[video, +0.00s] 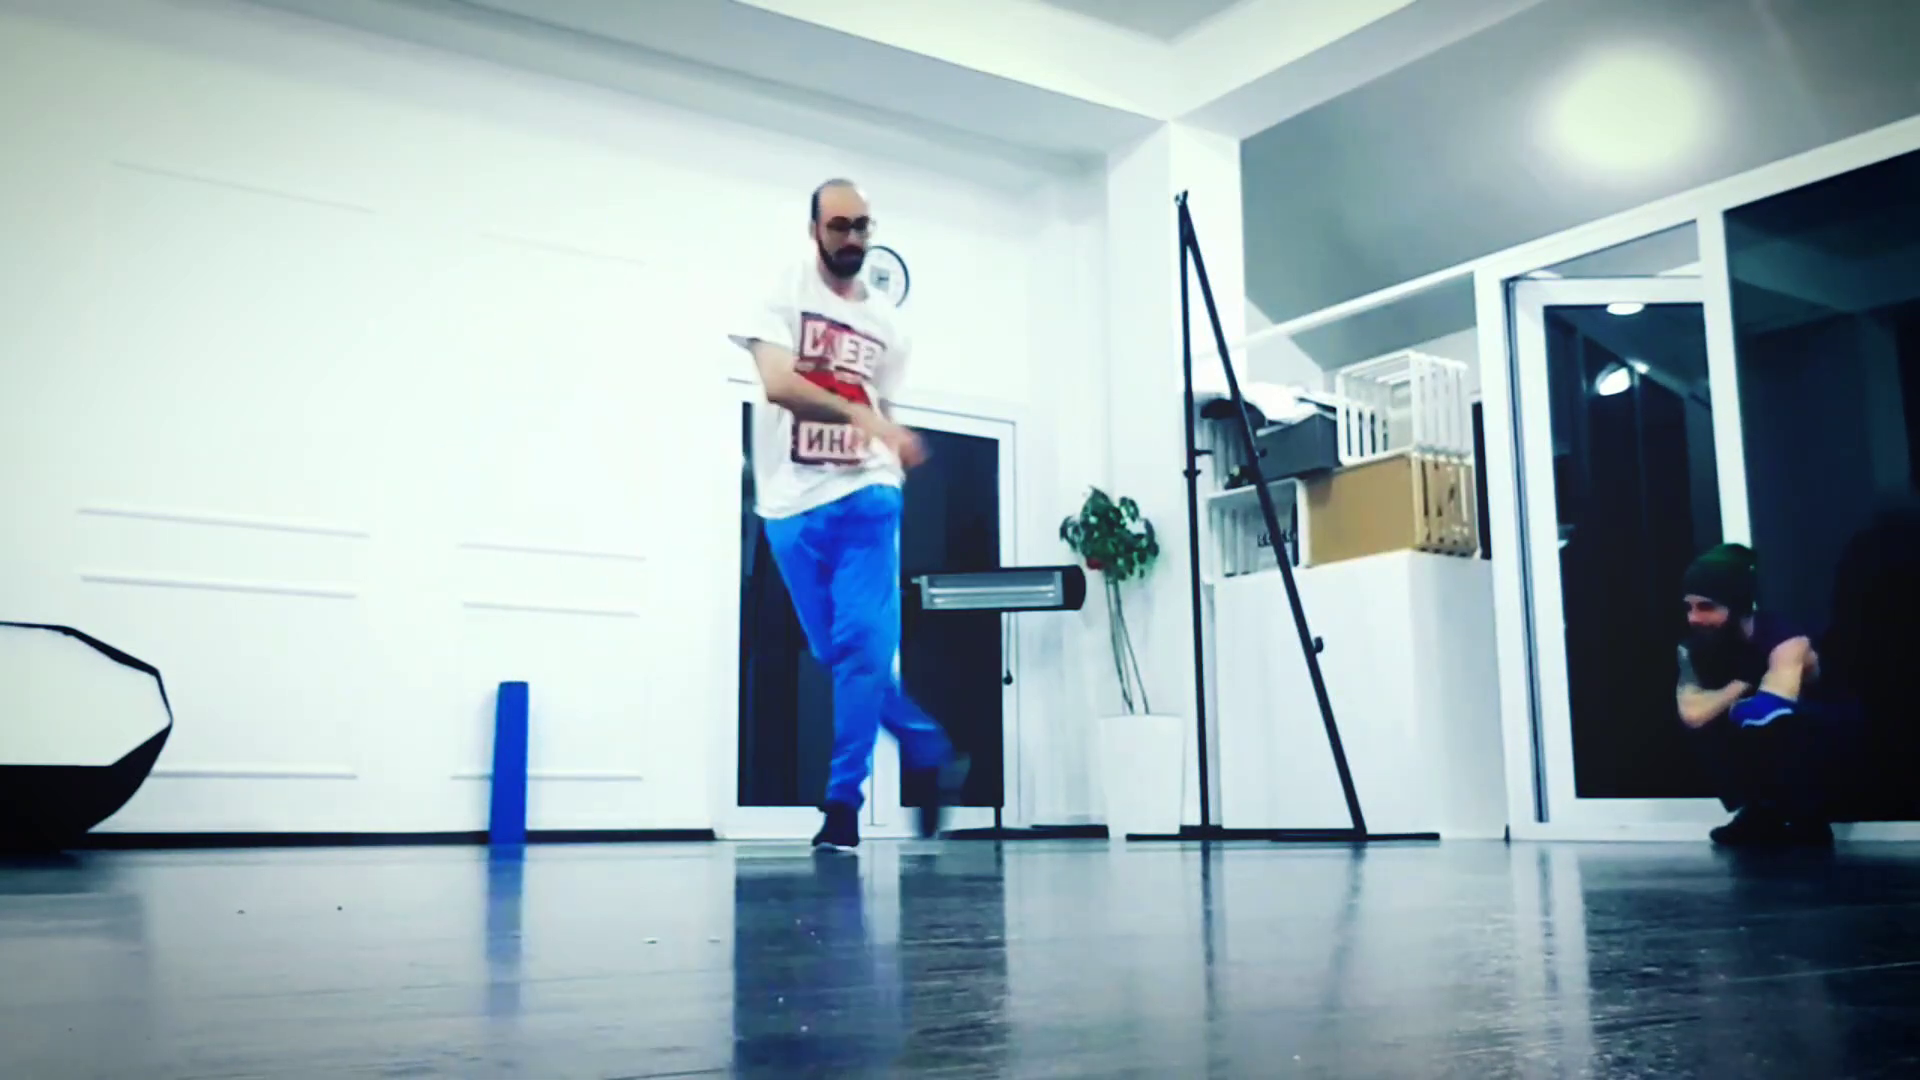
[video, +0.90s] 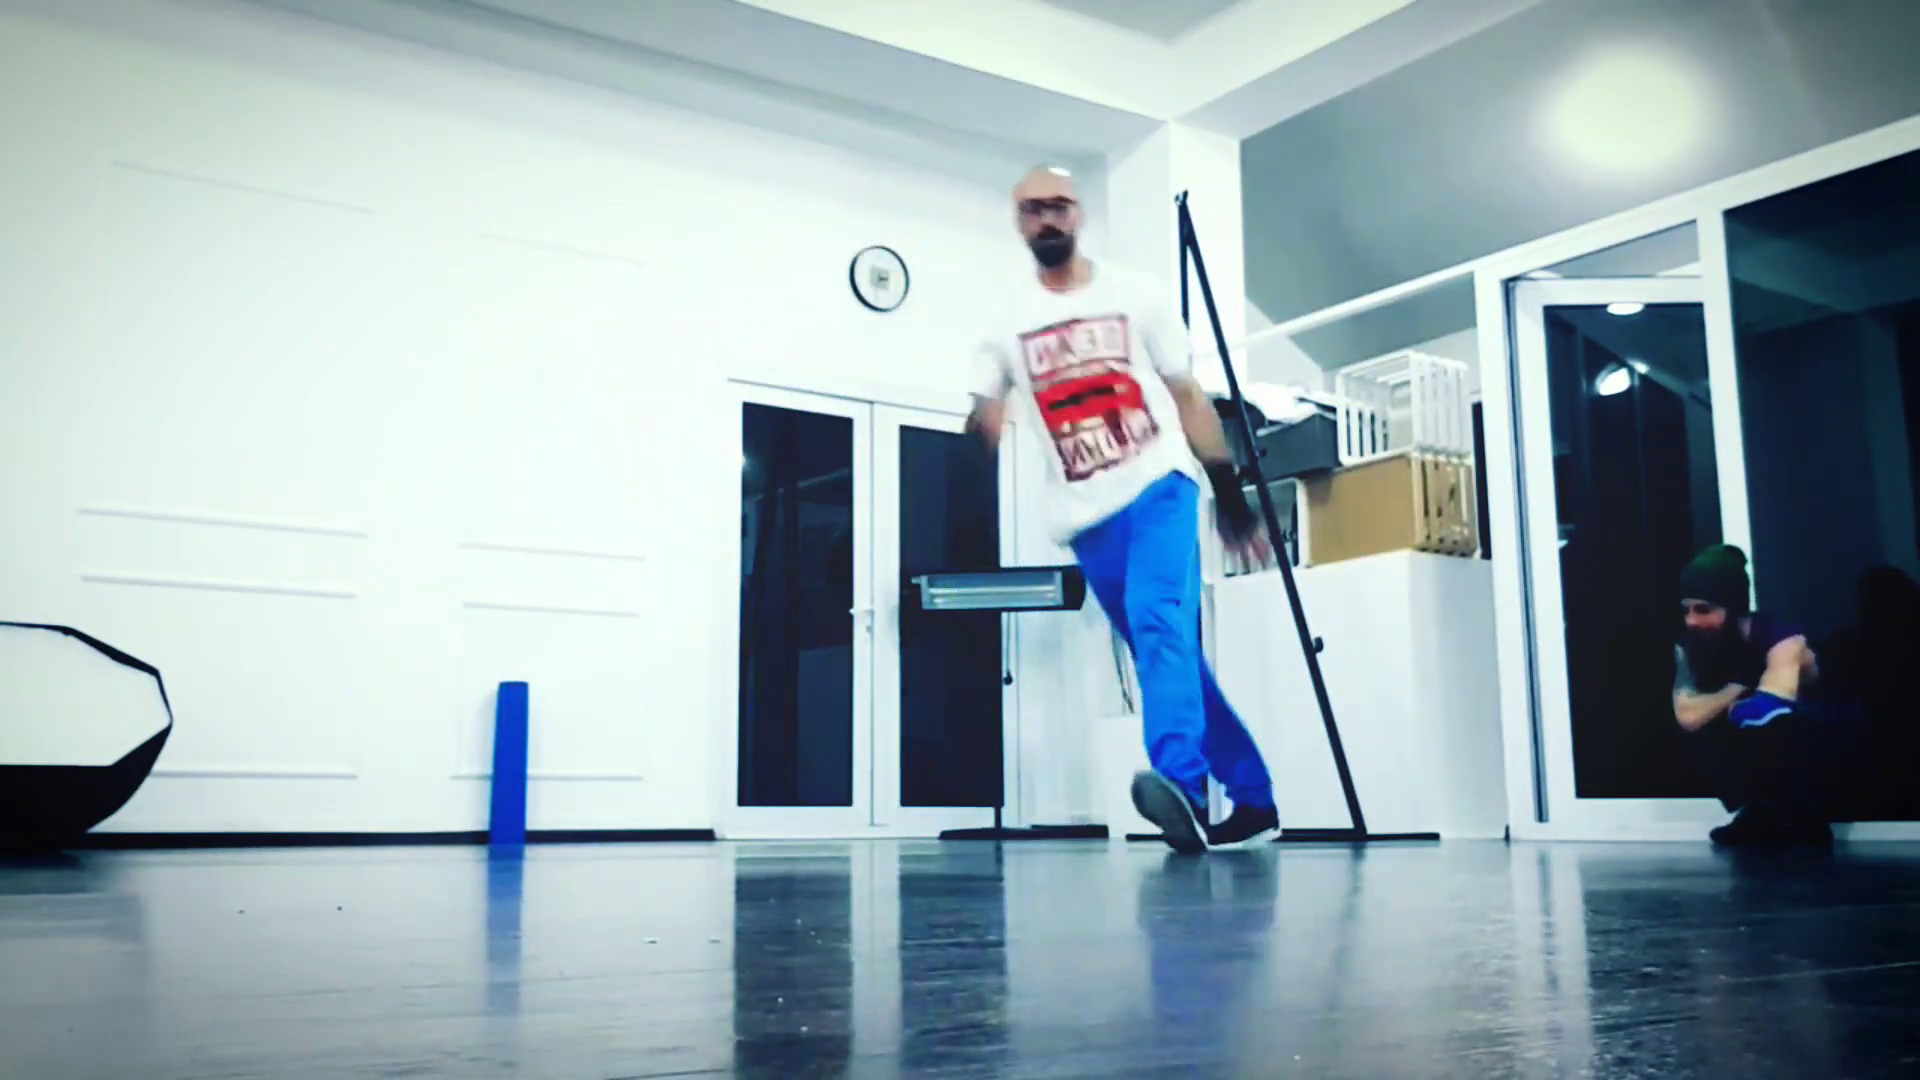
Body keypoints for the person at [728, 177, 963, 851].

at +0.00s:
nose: (851, 238)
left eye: (861, 226)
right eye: (838, 226)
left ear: (872, 230)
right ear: (814, 230)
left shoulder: (888, 326)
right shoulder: (780, 294)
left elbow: (881, 410)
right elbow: (777, 383)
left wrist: (893, 443)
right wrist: (866, 416)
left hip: (865, 493)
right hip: (789, 504)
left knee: (863, 641)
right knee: (834, 649)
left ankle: (843, 803)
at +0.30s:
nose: (867, 238)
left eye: (877, 223)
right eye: (854, 229)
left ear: (899, 224)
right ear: (841, 239)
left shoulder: (950, 300)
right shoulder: (839, 318)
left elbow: (1016, 386)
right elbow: (779, 410)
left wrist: (1017, 487)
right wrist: (813, 492)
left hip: (960, 487)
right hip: (895, 500)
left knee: (913, 635)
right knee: (925, 644)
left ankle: (914, 792)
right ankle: (1017, 775)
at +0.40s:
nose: (887, 257)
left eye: (896, 241)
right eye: (873, 249)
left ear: (920, 241)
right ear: (863, 261)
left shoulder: (981, 313)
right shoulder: (870, 344)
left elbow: (1051, 400)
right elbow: (845, 448)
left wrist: (1032, 491)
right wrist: (888, 535)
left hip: (994, 500)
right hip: (928, 511)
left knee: (935, 635)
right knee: (950, 649)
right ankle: (1020, 789)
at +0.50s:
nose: (912, 269)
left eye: (921, 254)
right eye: (899, 261)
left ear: (947, 258)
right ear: (889, 274)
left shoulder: (1002, 323)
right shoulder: (903, 359)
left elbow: (1081, 405)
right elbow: (915, 456)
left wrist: (1032, 446)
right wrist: (939, 538)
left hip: (1031, 515)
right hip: (964, 536)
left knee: (997, 657)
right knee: (968, 681)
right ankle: (1047, 809)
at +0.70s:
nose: (961, 210)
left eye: (969, 194)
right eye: (946, 203)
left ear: (993, 193)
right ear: (936, 215)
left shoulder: (1057, 250)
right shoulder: (948, 304)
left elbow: (1151, 323)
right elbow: (954, 386)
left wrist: (1071, 321)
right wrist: (972, 455)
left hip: (1099, 443)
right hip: (1029, 475)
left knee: (1091, 578)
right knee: (1051, 627)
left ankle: (1198, 683)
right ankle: (1115, 779)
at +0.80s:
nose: (1001, 205)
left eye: (1010, 190)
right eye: (987, 196)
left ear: (1033, 192)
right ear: (974, 208)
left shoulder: (1100, 258)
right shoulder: (977, 303)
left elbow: (1170, 345)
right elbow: (966, 400)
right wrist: (976, 459)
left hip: (1129, 455)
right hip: (1056, 481)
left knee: (1128, 587)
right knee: (1095, 619)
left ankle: (1190, 767)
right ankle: (1205, 776)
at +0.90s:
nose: (1046, 219)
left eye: (1057, 207)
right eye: (1033, 209)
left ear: (1079, 215)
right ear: (1017, 222)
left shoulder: (1135, 295)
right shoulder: (1007, 325)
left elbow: (1189, 399)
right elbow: (985, 432)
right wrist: (986, 405)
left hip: (1158, 482)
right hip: (1085, 513)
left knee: (1155, 617)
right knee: (1161, 647)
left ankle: (1182, 787)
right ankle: (1253, 797)